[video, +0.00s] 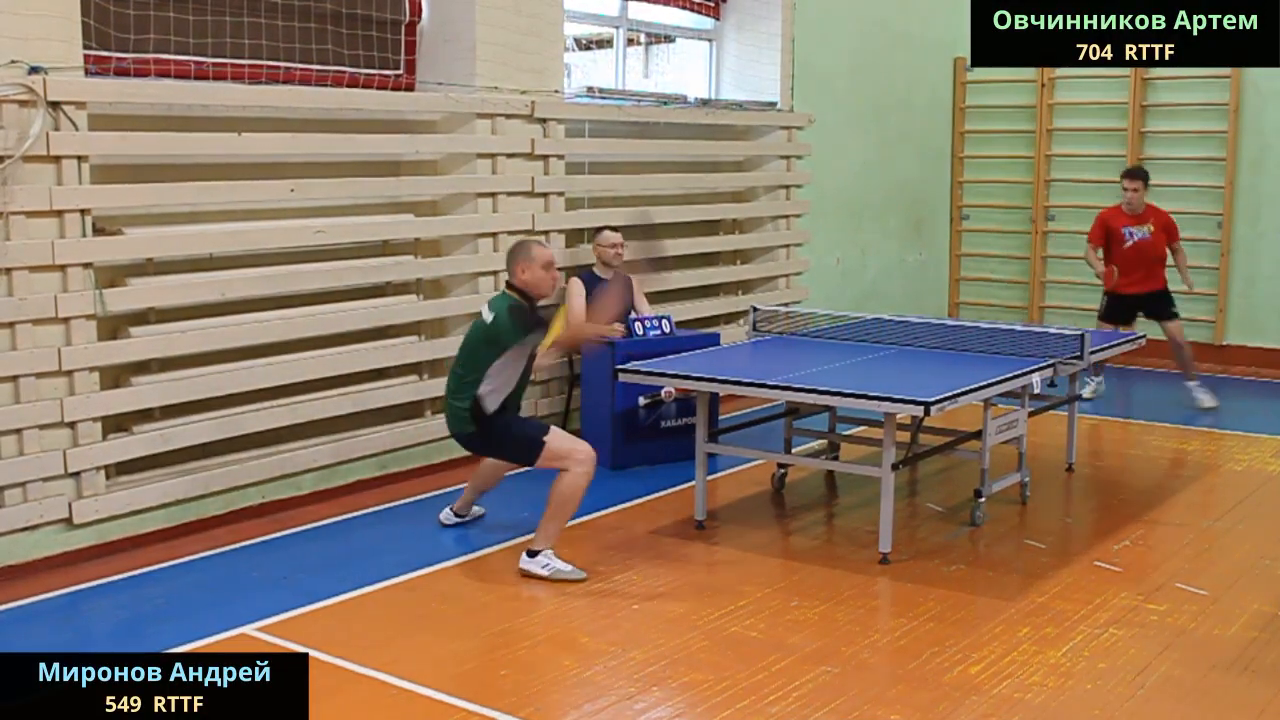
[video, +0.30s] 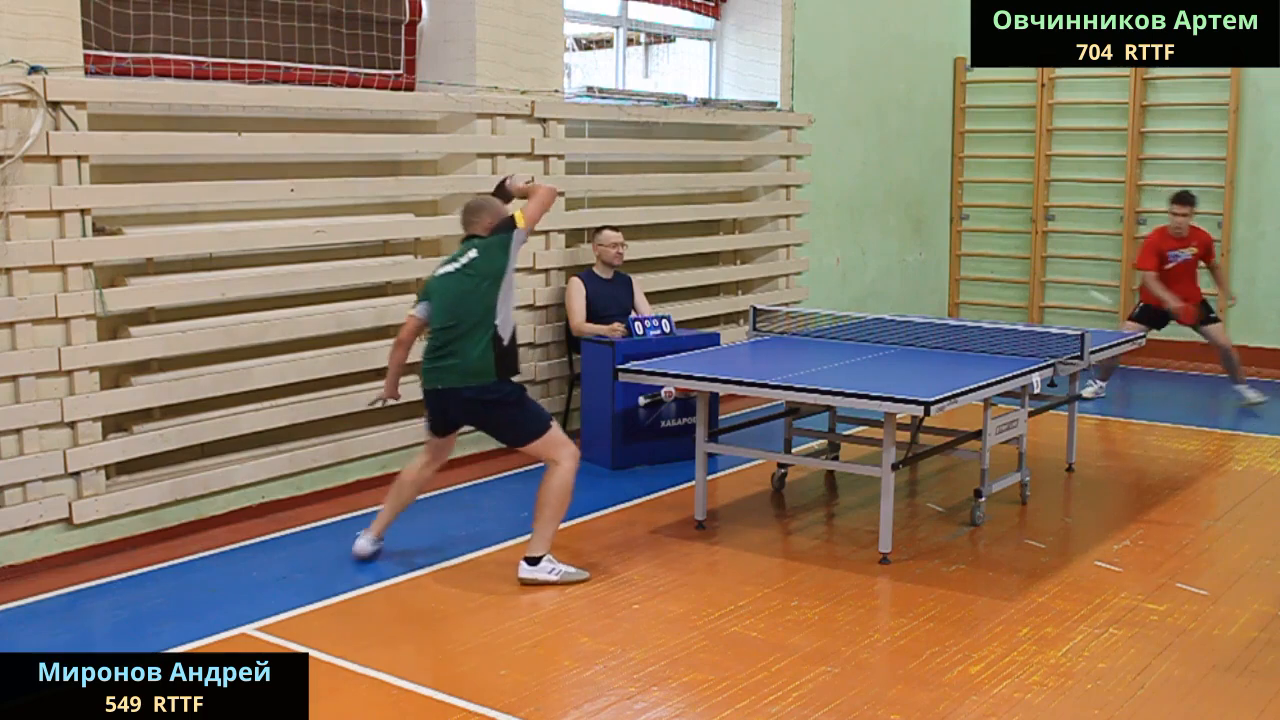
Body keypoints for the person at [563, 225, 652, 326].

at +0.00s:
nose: (619, 252)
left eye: (622, 246)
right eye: (612, 247)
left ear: (625, 248)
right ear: (596, 250)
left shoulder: (629, 282)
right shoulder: (578, 283)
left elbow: (648, 317)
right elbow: (575, 328)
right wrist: (606, 331)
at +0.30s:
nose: (620, 251)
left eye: (622, 246)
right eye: (613, 246)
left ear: (625, 247)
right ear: (596, 249)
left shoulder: (628, 282)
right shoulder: (578, 283)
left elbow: (649, 319)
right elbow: (577, 328)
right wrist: (606, 330)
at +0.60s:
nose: (623, 251)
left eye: (624, 246)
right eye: (616, 246)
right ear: (597, 249)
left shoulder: (628, 281)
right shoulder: (578, 283)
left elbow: (648, 318)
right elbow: (577, 328)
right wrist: (606, 330)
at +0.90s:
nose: (622, 252)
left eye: (623, 246)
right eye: (616, 247)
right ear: (597, 249)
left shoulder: (628, 281)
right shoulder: (578, 283)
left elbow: (648, 317)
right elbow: (577, 327)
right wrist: (606, 330)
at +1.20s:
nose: (618, 254)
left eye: (620, 248)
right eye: (611, 250)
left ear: (623, 248)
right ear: (594, 251)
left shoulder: (628, 281)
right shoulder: (578, 283)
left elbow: (648, 317)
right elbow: (577, 327)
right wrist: (606, 330)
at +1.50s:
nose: (615, 254)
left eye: (617, 248)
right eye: (607, 250)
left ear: (620, 247)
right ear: (592, 253)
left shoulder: (627, 281)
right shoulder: (577, 284)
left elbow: (655, 314)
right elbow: (577, 328)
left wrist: (671, 315)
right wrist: (607, 330)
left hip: (630, 349)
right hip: (595, 352)